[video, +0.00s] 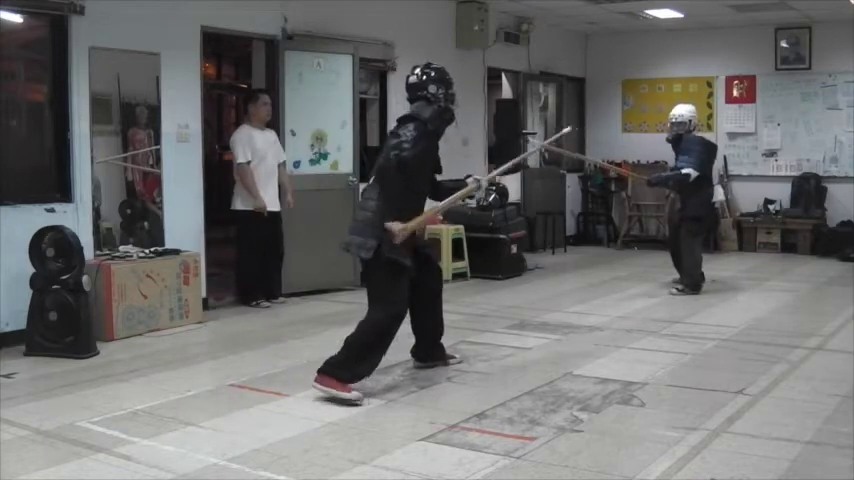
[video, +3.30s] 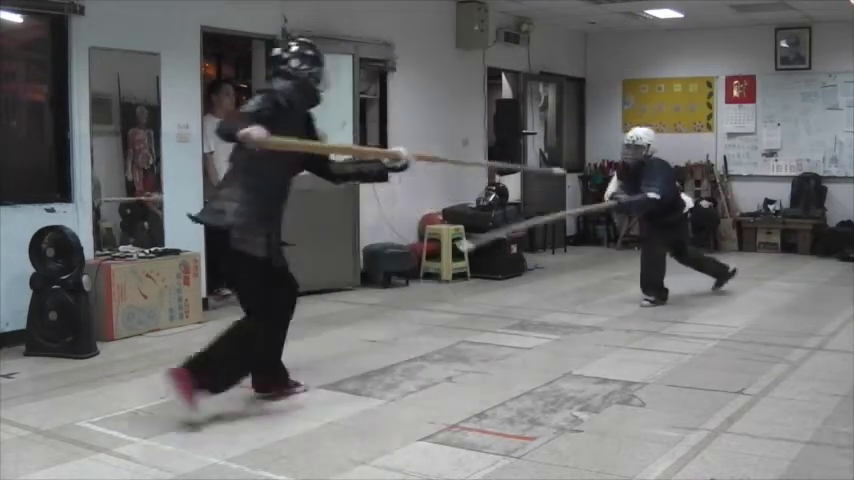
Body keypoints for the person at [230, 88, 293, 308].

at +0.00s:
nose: (269, 109)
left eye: (270, 105)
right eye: (264, 105)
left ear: (270, 108)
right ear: (251, 108)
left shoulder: (271, 135)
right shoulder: (241, 135)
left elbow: (280, 165)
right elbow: (242, 168)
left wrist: (287, 190)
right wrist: (257, 198)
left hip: (271, 206)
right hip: (249, 208)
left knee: (274, 252)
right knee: (251, 253)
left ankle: (272, 292)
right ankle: (251, 295)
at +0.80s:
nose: (242, 104)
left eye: (244, 100)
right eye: (238, 100)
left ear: (244, 103)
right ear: (227, 101)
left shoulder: (245, 129)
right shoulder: (214, 127)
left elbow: (253, 162)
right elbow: (214, 162)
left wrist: (263, 187)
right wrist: (226, 190)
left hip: (244, 200)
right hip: (218, 201)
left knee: (256, 244)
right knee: (219, 248)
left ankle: (263, 287)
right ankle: (218, 287)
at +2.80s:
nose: (232, 99)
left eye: (232, 95)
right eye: (227, 95)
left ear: (232, 99)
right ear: (215, 98)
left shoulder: (233, 125)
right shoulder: (207, 123)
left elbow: (243, 156)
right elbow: (208, 158)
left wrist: (253, 181)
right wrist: (220, 186)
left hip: (237, 195)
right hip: (215, 197)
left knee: (242, 240)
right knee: (216, 243)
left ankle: (252, 280)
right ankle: (217, 285)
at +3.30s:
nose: (231, 100)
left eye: (232, 95)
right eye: (226, 95)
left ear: (233, 98)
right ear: (214, 98)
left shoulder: (235, 123)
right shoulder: (209, 123)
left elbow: (239, 153)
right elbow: (208, 155)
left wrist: (239, 177)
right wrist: (216, 183)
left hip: (233, 183)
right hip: (217, 185)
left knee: (229, 234)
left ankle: (228, 282)